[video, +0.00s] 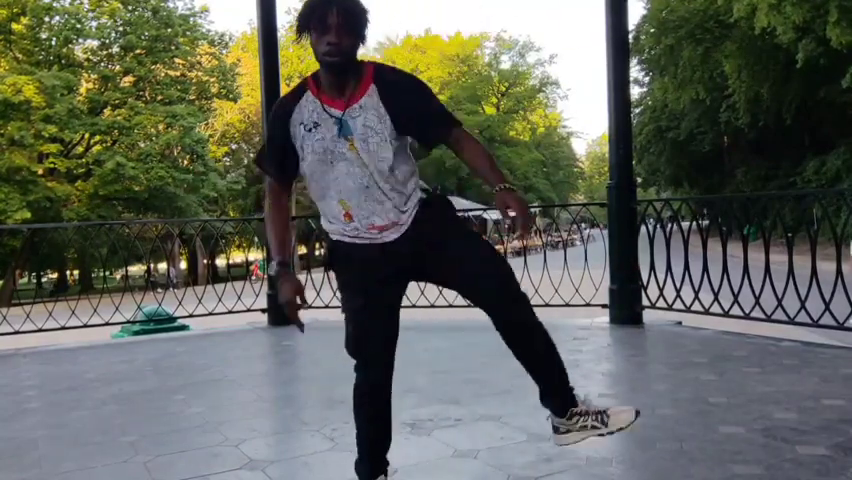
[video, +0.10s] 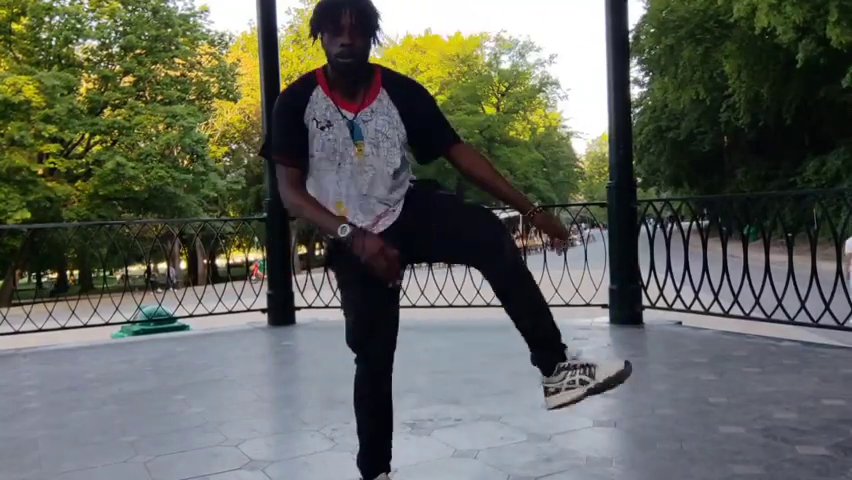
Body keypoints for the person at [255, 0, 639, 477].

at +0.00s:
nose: (334, 38)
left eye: (345, 27)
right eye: (323, 28)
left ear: (360, 35)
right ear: (307, 36)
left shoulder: (394, 86)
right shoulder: (287, 114)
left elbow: (455, 137)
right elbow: (278, 192)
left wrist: (500, 187)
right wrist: (284, 268)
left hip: (424, 227)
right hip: (358, 253)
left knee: (503, 291)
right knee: (373, 368)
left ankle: (565, 411)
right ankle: (371, 472)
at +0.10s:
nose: (347, 40)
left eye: (357, 29)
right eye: (336, 30)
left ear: (372, 35)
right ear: (319, 37)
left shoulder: (402, 92)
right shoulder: (296, 102)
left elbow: (461, 155)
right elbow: (291, 191)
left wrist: (532, 211)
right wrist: (353, 236)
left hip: (411, 212)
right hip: (355, 239)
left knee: (490, 238)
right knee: (373, 359)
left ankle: (555, 369)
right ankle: (374, 472)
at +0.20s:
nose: (369, 46)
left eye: (380, 36)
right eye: (358, 36)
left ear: (395, 43)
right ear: (341, 42)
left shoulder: (412, 97)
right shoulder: (316, 92)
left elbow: (461, 158)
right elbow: (310, 179)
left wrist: (522, 206)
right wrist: (397, 186)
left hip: (399, 218)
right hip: (349, 237)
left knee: (464, 206)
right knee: (372, 353)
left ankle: (508, 344)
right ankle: (375, 470)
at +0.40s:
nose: (410, 48)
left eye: (421, 40)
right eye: (399, 38)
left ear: (434, 48)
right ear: (383, 40)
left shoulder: (431, 103)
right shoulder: (352, 59)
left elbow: (451, 167)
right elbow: (328, 83)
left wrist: (483, 213)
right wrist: (408, 113)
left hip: (399, 210)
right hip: (342, 225)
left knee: (433, 269)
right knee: (362, 350)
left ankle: (394, 349)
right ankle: (370, 468)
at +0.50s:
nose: (418, 46)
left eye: (428, 38)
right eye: (408, 36)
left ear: (440, 44)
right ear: (393, 39)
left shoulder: (438, 106)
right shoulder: (361, 74)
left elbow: (445, 172)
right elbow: (336, 39)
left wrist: (465, 223)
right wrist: (402, 76)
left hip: (405, 224)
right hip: (344, 227)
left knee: (426, 319)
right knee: (360, 353)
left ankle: (346, 348)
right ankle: (370, 469)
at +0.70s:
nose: (423, 53)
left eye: (430, 47)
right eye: (416, 43)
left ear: (437, 52)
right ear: (392, 43)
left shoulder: (437, 110)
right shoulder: (364, 77)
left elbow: (427, 183)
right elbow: (382, 63)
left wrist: (440, 225)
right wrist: (469, 76)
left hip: (418, 242)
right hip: (362, 234)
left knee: (428, 348)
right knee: (370, 358)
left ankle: (313, 412)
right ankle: (367, 473)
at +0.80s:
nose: (416, 53)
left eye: (426, 47)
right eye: (406, 43)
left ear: (436, 52)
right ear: (388, 46)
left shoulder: (433, 114)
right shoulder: (366, 74)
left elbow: (424, 188)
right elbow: (415, 88)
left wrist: (439, 232)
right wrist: (506, 101)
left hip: (426, 244)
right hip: (370, 236)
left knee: (445, 346)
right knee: (383, 361)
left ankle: (334, 409)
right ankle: (373, 472)